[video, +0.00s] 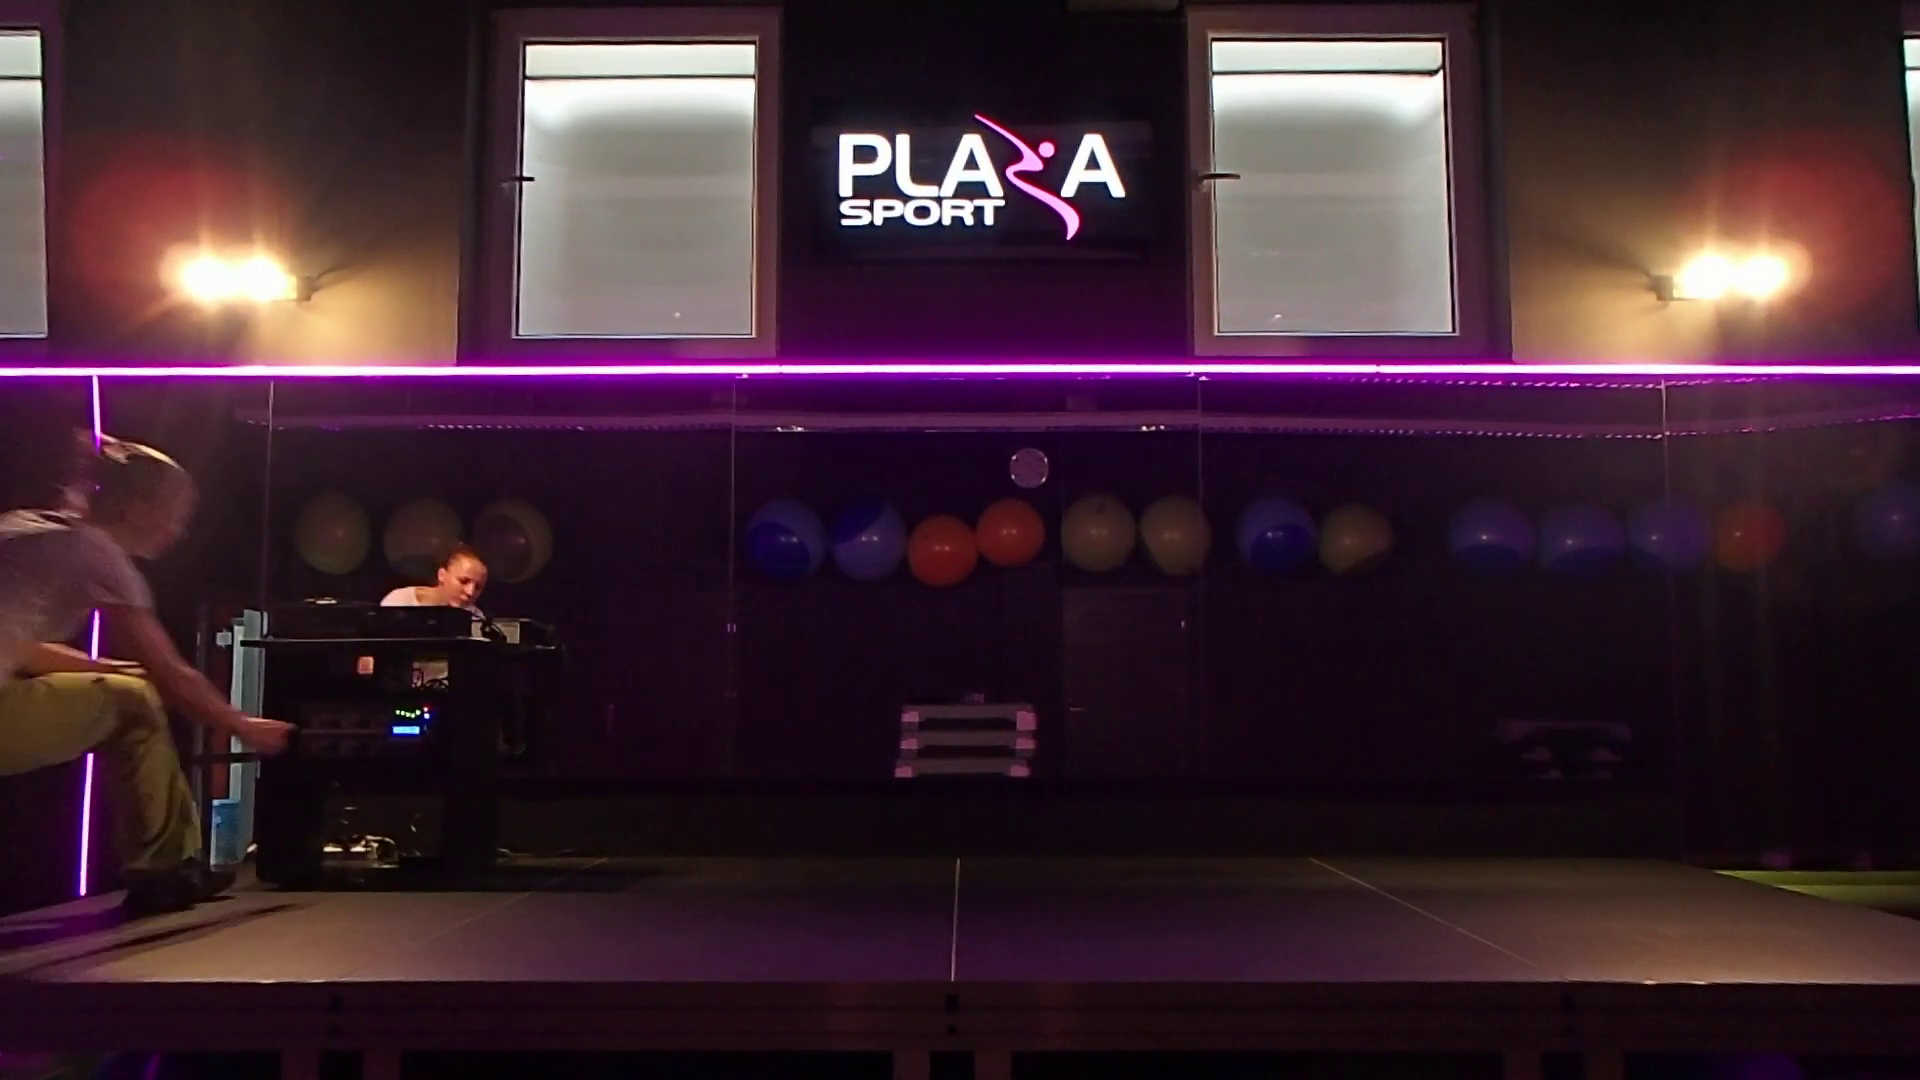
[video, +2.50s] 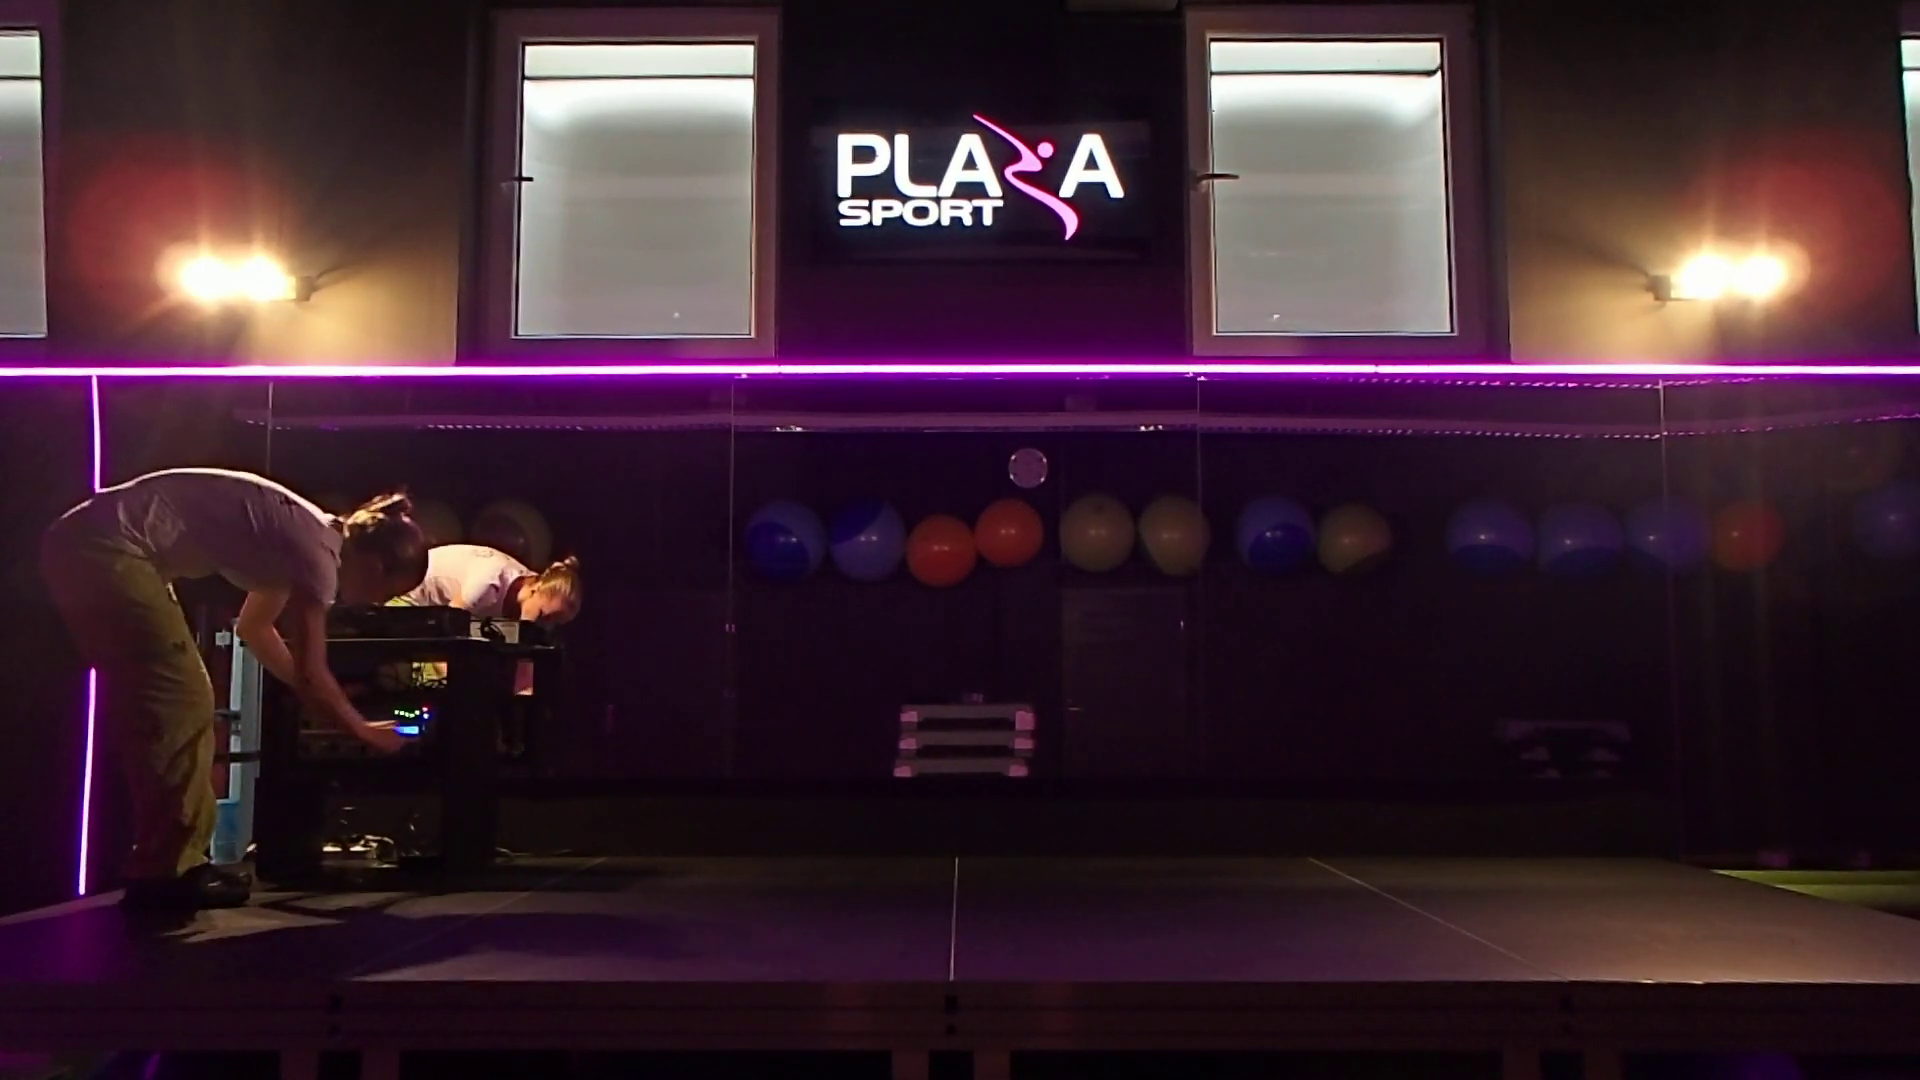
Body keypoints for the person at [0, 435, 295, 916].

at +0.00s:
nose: (178, 534)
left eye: (182, 521)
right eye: (175, 517)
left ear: (124, 502)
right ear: (137, 506)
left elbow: (22, 649)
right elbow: (171, 673)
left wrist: (118, 671)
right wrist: (244, 725)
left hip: (11, 694)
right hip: (7, 705)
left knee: (131, 695)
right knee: (136, 702)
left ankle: (165, 865)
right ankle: (161, 872)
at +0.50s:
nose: (358, 628)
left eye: (369, 620)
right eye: (366, 616)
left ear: (340, 570)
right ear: (349, 588)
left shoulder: (256, 567)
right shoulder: (305, 584)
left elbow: (226, 645)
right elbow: (303, 705)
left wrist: (299, 694)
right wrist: (350, 744)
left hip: (48, 587)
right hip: (123, 591)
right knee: (222, 715)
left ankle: (1, 864)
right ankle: (170, 872)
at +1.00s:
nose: (360, 641)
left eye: (371, 637)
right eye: (370, 631)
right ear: (361, 602)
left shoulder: (284, 568)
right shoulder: (323, 582)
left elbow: (236, 641)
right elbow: (300, 703)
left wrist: (300, 690)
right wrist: (347, 738)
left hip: (84, 562)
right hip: (128, 565)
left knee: (174, 709)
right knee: (222, 705)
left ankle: (159, 859)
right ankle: (176, 869)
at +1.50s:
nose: (354, 633)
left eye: (367, 630)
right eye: (365, 624)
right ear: (354, 592)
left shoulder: (277, 560)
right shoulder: (315, 572)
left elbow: (236, 638)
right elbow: (297, 695)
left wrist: (299, 689)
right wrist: (344, 734)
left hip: (79, 559)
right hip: (123, 563)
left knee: (161, 710)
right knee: (214, 701)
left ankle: (163, 862)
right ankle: (173, 869)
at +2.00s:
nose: (388, 553)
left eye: (396, 544)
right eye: (394, 540)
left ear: (369, 508)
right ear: (377, 515)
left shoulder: (305, 522)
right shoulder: (299, 496)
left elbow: (265, 607)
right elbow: (225, 577)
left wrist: (311, 681)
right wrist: (206, 680)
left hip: (134, 552)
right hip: (106, 547)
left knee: (181, 697)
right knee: (162, 698)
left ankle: (189, 863)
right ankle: (161, 874)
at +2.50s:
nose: (380, 602)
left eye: (392, 596)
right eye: (389, 591)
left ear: (372, 554)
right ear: (374, 562)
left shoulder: (301, 539)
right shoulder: (317, 555)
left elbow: (254, 627)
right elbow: (314, 672)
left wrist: (309, 687)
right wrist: (361, 727)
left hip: (111, 547)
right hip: (108, 550)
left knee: (181, 696)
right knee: (182, 697)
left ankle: (177, 868)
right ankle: (168, 874)